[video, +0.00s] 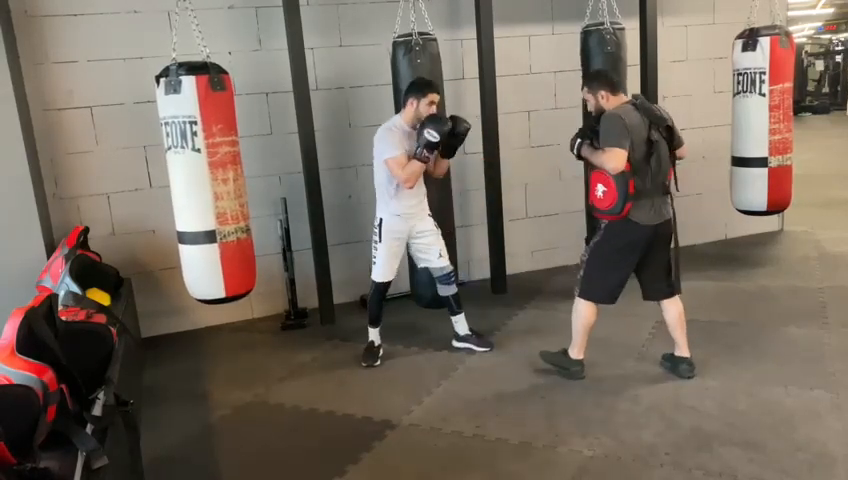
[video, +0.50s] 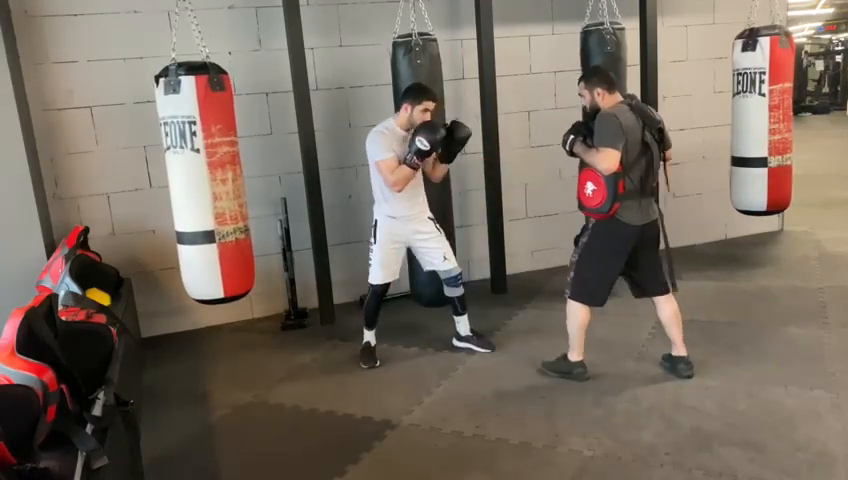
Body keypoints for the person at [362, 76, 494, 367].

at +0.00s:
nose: (434, 110)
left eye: (436, 106)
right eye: (431, 104)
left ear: (423, 105)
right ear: (412, 102)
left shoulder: (423, 131)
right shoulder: (387, 134)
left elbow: (437, 171)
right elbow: (406, 179)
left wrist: (449, 146)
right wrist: (428, 145)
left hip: (421, 217)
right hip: (391, 220)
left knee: (445, 273)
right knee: (381, 282)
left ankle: (462, 334)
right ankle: (373, 342)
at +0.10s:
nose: (437, 114)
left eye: (440, 110)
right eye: (435, 108)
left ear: (429, 108)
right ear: (417, 104)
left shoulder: (425, 131)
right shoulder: (389, 132)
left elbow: (445, 168)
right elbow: (406, 178)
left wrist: (453, 134)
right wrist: (430, 145)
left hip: (422, 216)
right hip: (392, 219)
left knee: (445, 274)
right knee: (382, 283)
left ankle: (463, 335)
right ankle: (373, 343)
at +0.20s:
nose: (438, 117)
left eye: (440, 112)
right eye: (436, 110)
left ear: (427, 109)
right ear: (419, 105)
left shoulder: (426, 130)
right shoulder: (388, 134)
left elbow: (455, 161)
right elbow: (406, 179)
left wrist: (456, 125)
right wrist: (431, 146)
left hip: (423, 217)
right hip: (392, 219)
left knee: (446, 274)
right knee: (383, 283)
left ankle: (463, 335)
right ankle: (371, 342)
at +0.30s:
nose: (434, 116)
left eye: (437, 112)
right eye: (432, 110)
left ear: (429, 111)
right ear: (413, 106)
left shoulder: (424, 134)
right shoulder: (384, 136)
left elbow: (455, 166)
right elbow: (402, 181)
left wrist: (457, 133)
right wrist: (427, 150)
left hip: (423, 218)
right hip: (391, 221)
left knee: (450, 273)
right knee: (380, 284)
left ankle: (464, 335)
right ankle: (368, 342)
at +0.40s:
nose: (430, 118)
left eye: (432, 113)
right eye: (427, 112)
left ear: (418, 110)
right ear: (409, 107)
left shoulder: (421, 136)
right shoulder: (379, 138)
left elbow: (442, 172)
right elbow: (398, 183)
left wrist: (455, 147)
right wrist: (421, 153)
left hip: (422, 221)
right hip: (389, 224)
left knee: (451, 274)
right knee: (379, 285)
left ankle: (464, 334)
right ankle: (368, 342)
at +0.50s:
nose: (429, 118)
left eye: (431, 113)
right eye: (425, 112)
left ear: (426, 112)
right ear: (406, 107)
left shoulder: (420, 135)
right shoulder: (378, 137)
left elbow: (435, 174)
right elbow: (395, 183)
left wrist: (450, 149)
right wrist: (417, 154)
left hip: (421, 220)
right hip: (389, 223)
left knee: (451, 273)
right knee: (379, 285)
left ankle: (464, 334)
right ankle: (368, 342)